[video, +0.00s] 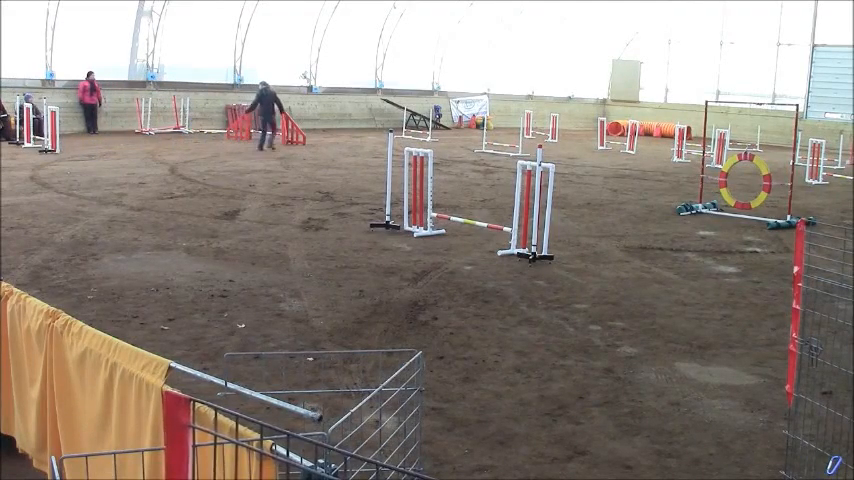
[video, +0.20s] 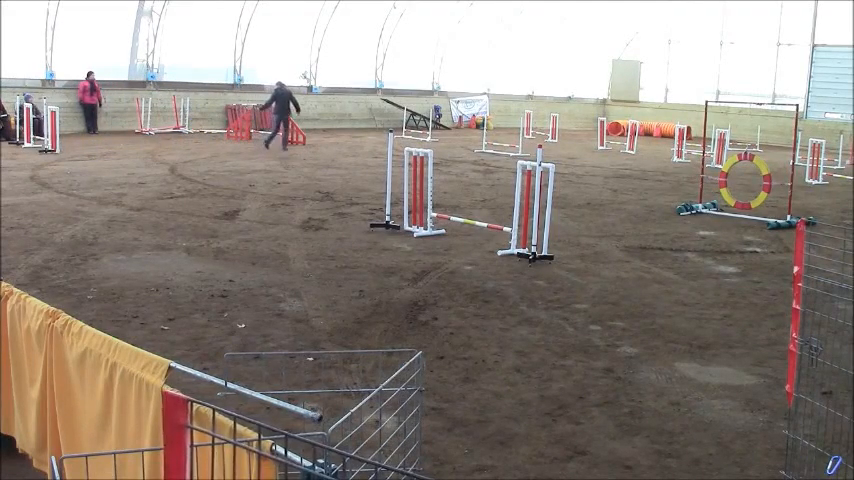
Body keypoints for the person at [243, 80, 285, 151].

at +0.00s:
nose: (259, 88)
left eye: (259, 86)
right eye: (259, 86)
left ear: (261, 86)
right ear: (267, 85)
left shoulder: (260, 93)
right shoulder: (272, 93)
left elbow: (255, 103)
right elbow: (278, 102)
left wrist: (248, 110)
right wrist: (281, 110)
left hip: (262, 114)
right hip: (270, 114)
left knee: (263, 130)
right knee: (274, 129)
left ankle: (260, 146)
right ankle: (270, 144)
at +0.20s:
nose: (276, 87)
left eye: (277, 86)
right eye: (277, 86)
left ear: (277, 86)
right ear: (283, 85)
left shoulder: (276, 92)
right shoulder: (288, 92)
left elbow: (270, 101)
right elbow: (294, 101)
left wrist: (262, 108)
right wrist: (298, 109)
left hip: (277, 113)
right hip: (286, 113)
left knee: (276, 129)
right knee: (286, 130)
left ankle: (267, 141)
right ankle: (284, 146)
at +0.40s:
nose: (290, 87)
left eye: (290, 86)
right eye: (290, 86)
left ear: (291, 86)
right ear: (297, 85)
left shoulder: (291, 92)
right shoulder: (302, 92)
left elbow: (285, 102)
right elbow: (309, 101)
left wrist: (278, 108)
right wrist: (308, 109)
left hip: (292, 111)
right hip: (300, 111)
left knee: (294, 127)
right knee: (294, 127)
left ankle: (296, 141)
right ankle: (287, 141)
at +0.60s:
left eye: (307, 87)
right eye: (310, 87)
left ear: (306, 87)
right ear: (312, 87)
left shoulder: (303, 94)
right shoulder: (316, 94)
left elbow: (298, 104)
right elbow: (320, 103)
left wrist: (292, 112)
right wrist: (323, 111)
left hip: (306, 115)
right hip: (313, 115)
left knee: (307, 129)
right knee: (316, 128)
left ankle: (304, 143)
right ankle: (310, 138)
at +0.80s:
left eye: (325, 84)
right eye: (326, 84)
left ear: (322, 85)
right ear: (328, 85)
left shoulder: (320, 92)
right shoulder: (331, 92)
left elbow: (315, 102)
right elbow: (334, 101)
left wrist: (310, 109)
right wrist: (337, 109)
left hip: (321, 112)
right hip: (329, 112)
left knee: (320, 128)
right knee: (332, 128)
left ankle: (311, 137)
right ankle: (332, 143)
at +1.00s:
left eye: (337, 86)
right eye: (339, 85)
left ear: (336, 86)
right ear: (342, 86)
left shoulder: (334, 93)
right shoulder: (345, 93)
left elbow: (330, 103)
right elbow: (350, 101)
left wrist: (324, 111)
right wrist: (351, 109)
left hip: (335, 111)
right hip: (343, 112)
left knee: (339, 126)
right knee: (339, 127)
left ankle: (338, 140)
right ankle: (333, 141)